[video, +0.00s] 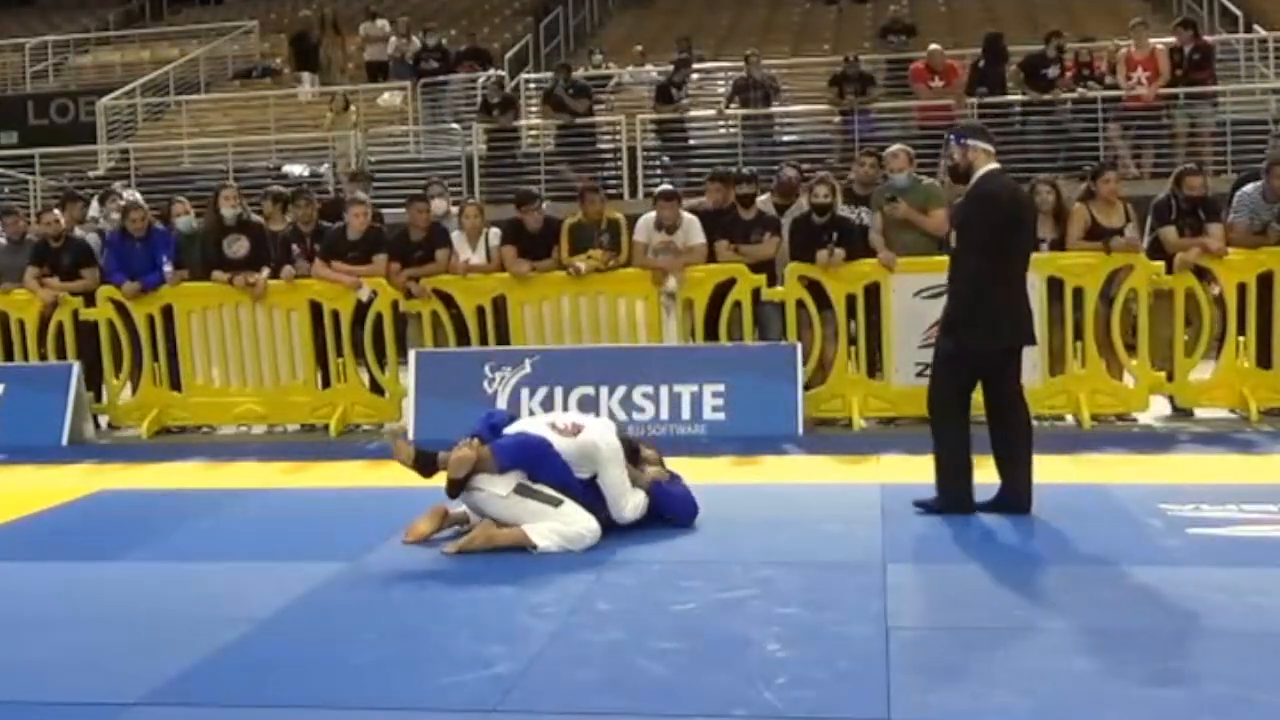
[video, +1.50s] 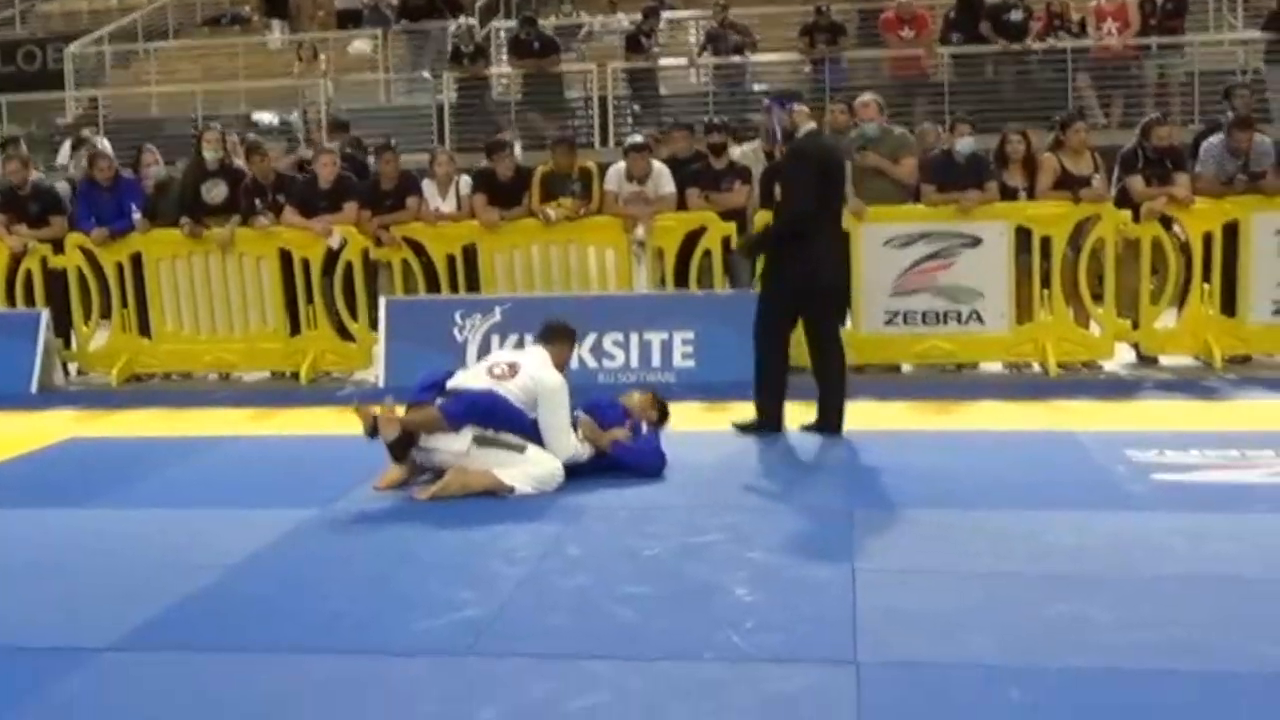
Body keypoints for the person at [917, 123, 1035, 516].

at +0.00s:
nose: (951, 162)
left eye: (953, 154)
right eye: (951, 154)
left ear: (968, 151)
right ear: (989, 151)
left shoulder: (978, 198)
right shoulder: (1017, 195)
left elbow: (971, 269)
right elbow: (1008, 269)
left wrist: (950, 320)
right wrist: (957, 314)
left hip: (971, 322)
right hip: (1006, 320)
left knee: (946, 402)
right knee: (1007, 403)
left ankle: (954, 494)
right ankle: (1016, 493)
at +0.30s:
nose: (919, 166)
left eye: (922, 159)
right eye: (920, 159)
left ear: (937, 158)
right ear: (961, 157)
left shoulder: (937, 202)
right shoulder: (995, 202)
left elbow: (929, 272)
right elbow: (1005, 269)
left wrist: (915, 329)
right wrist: (991, 306)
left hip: (944, 321)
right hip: (990, 320)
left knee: (935, 409)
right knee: (999, 405)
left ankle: (919, 484)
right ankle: (1010, 493)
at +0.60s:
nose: (879, 170)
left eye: (881, 163)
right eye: (879, 163)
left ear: (895, 159)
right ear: (916, 157)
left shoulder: (898, 205)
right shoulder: (956, 195)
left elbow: (891, 270)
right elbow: (970, 257)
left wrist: (881, 310)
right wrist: (960, 300)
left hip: (914, 318)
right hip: (957, 314)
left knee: (914, 400)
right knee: (949, 392)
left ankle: (921, 483)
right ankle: (988, 468)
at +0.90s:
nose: (852, 171)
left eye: (852, 165)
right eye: (852, 165)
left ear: (861, 163)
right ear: (888, 159)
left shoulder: (872, 204)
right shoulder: (927, 197)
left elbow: (864, 270)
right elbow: (940, 259)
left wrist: (849, 325)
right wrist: (935, 306)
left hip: (889, 313)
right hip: (924, 310)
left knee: (902, 393)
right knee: (898, 390)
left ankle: (920, 481)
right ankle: (895, 469)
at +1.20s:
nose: (829, 172)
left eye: (830, 166)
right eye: (829, 165)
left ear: (842, 165)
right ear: (865, 163)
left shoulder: (849, 203)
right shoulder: (889, 197)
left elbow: (847, 266)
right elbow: (895, 260)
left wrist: (833, 317)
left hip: (857, 313)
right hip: (888, 310)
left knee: (853, 390)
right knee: (872, 390)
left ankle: (902, 463)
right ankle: (863, 468)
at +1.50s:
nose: (767, 123)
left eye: (770, 114)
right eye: (767, 114)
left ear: (785, 115)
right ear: (802, 114)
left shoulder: (799, 154)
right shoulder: (829, 149)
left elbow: (796, 215)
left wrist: (758, 241)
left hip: (793, 261)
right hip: (828, 258)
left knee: (770, 335)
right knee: (825, 338)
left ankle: (768, 415)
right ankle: (830, 418)